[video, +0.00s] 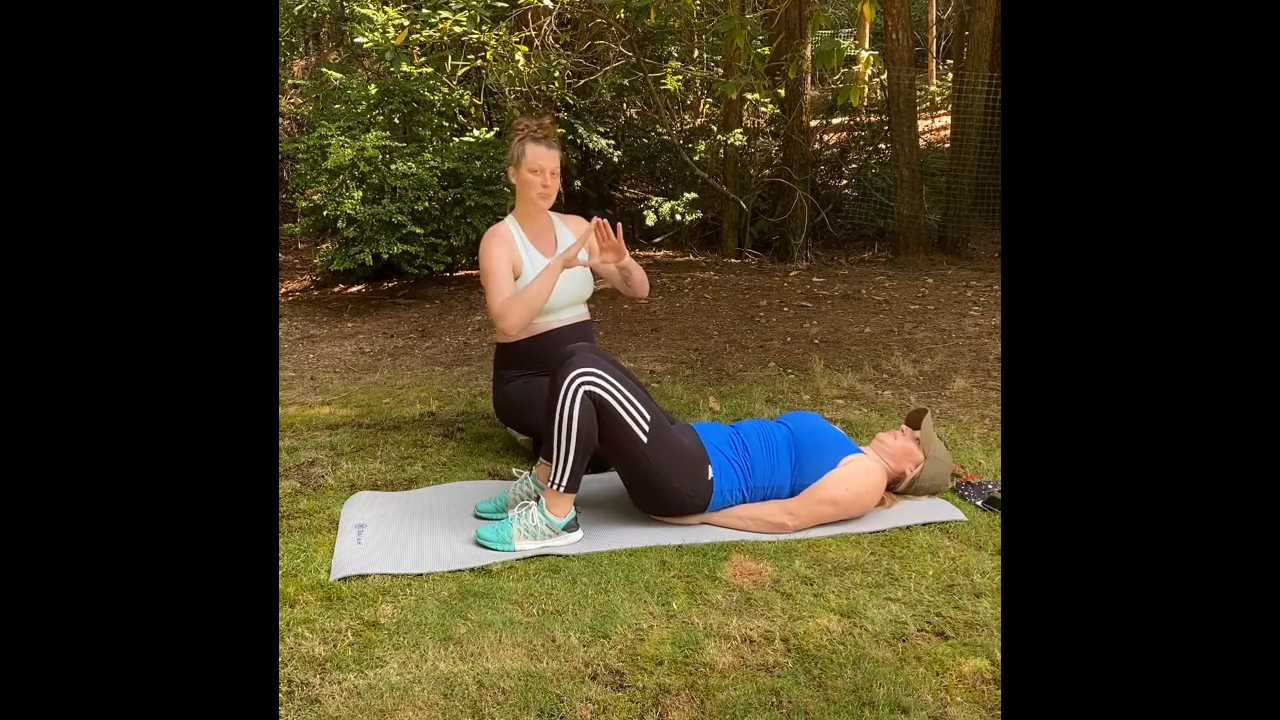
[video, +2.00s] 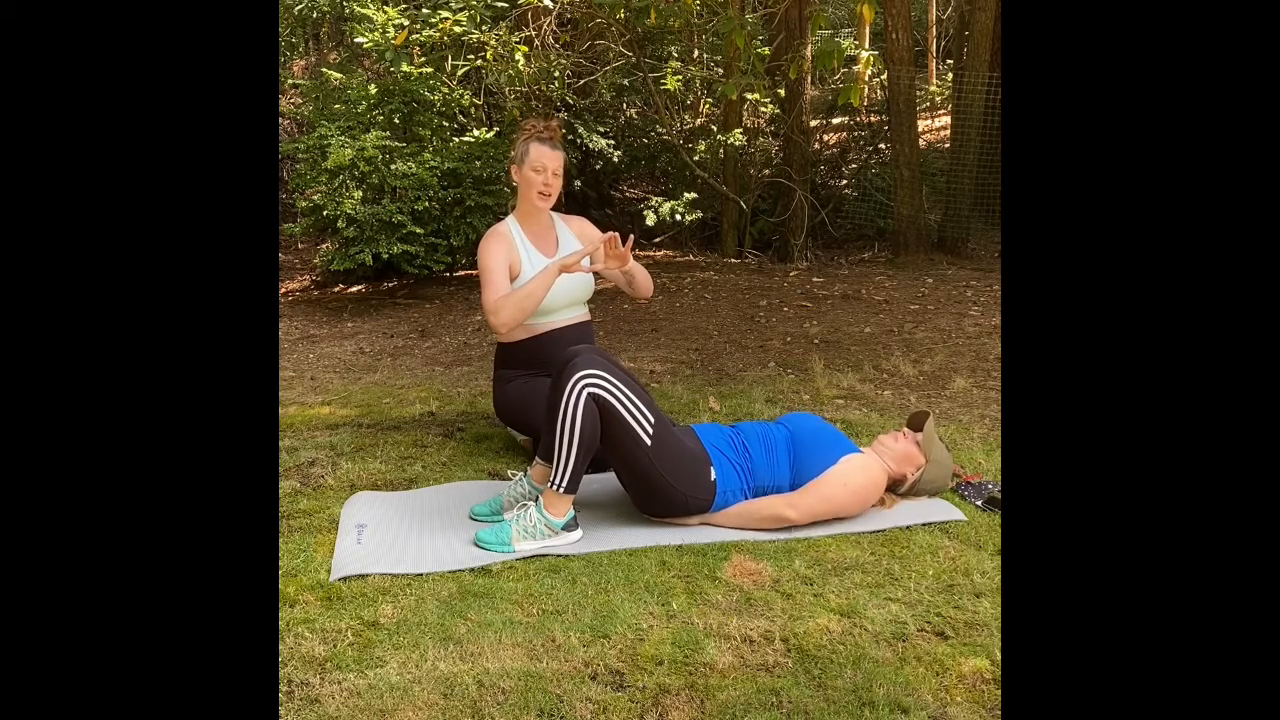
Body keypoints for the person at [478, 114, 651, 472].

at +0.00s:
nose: (547, 183)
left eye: (554, 173)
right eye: (536, 173)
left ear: (561, 177)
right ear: (513, 175)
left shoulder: (576, 228)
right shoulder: (498, 241)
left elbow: (639, 292)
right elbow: (507, 325)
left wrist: (625, 265)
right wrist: (557, 264)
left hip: (584, 363)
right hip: (524, 376)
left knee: (650, 435)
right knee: (605, 445)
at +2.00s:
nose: (549, 182)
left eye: (556, 173)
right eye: (538, 170)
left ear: (563, 180)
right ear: (515, 173)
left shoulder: (579, 229)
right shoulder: (498, 242)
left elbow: (644, 292)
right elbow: (501, 321)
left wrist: (627, 269)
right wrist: (554, 268)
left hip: (584, 364)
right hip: (523, 376)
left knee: (638, 439)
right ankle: (540, 454)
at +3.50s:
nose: (552, 186)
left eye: (560, 177)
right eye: (542, 175)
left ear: (566, 179)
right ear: (517, 174)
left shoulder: (580, 229)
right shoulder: (499, 243)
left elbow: (645, 295)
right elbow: (499, 324)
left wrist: (627, 276)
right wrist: (558, 277)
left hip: (584, 364)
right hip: (523, 377)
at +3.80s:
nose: (551, 181)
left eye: (559, 172)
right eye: (540, 170)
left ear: (566, 178)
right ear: (519, 175)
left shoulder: (584, 232)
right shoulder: (503, 243)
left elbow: (620, 299)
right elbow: (491, 342)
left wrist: (625, 337)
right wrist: (569, 355)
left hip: (586, 367)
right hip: (523, 377)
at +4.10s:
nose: (556, 182)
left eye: (564, 173)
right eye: (545, 172)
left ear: (571, 179)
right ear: (524, 177)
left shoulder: (589, 233)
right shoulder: (507, 246)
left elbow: (614, 319)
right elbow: (513, 350)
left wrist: (610, 373)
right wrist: (577, 385)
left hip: (584, 367)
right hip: (525, 379)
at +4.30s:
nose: (559, 183)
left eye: (567, 174)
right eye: (547, 173)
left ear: (574, 180)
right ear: (526, 178)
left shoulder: (591, 234)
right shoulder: (509, 246)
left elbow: (617, 322)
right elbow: (523, 348)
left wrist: (615, 381)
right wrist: (587, 390)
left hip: (585, 366)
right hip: (524, 377)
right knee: (598, 448)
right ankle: (538, 444)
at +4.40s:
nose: (560, 184)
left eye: (568, 175)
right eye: (549, 173)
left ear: (575, 180)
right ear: (528, 178)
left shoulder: (592, 234)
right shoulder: (510, 247)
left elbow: (616, 322)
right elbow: (525, 348)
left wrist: (615, 382)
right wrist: (589, 393)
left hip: (584, 366)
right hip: (524, 378)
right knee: (598, 447)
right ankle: (538, 445)